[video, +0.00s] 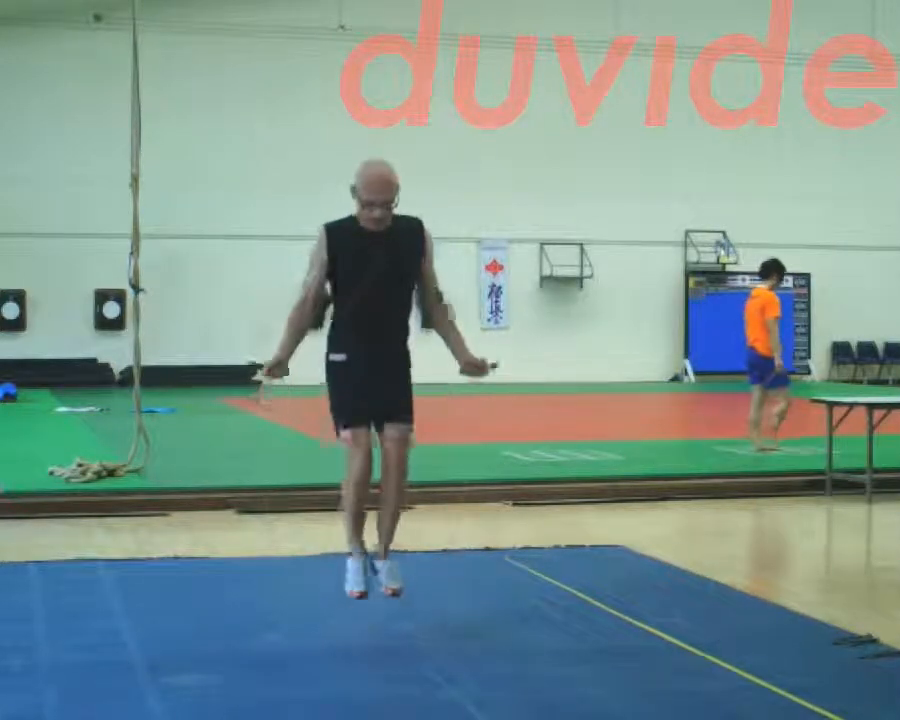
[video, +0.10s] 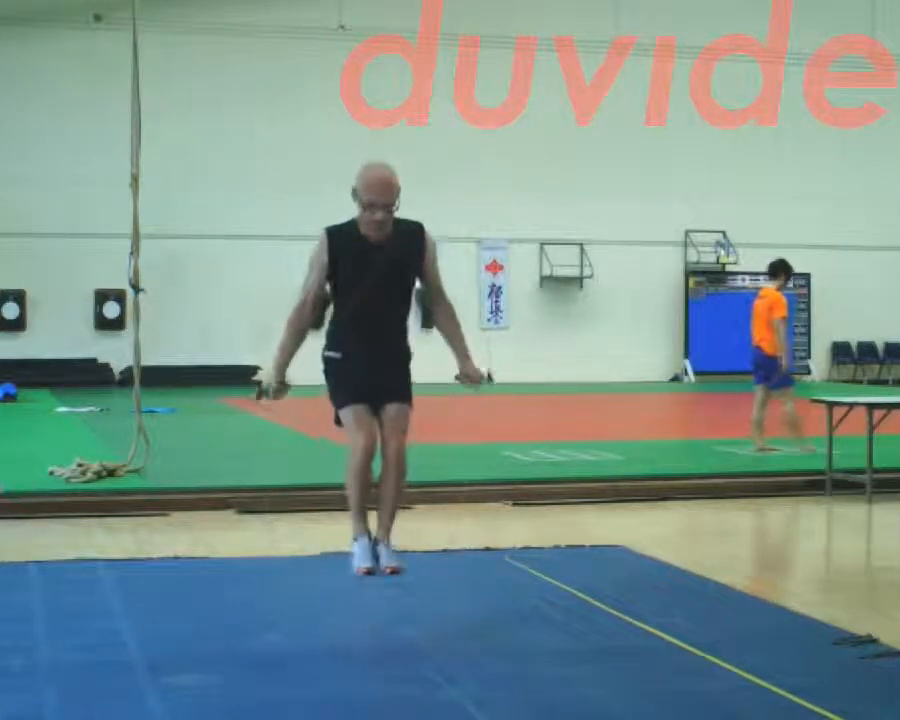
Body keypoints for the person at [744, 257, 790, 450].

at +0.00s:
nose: (780, 281)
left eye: (781, 277)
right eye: (780, 277)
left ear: (763, 275)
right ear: (775, 276)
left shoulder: (753, 295)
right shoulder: (770, 298)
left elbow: (751, 326)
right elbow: (772, 328)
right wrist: (778, 357)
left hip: (753, 351)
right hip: (766, 354)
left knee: (758, 397)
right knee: (784, 398)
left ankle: (757, 439)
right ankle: (770, 435)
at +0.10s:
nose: (788, 281)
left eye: (787, 277)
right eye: (788, 277)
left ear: (771, 275)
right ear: (784, 277)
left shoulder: (761, 295)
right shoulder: (778, 298)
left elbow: (756, 325)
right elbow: (779, 326)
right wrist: (784, 356)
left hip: (758, 351)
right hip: (772, 353)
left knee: (760, 396)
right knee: (788, 398)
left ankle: (758, 441)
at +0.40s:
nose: (811, 282)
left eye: (811, 278)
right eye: (811, 278)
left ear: (792, 277)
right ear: (805, 277)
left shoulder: (781, 299)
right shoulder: (805, 300)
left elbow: (779, 329)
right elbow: (808, 327)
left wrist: (778, 353)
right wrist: (813, 356)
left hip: (782, 351)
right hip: (799, 353)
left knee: (785, 395)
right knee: (807, 399)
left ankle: (765, 438)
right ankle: (817, 441)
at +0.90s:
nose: (824, 280)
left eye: (824, 276)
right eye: (824, 276)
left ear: (805, 275)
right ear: (819, 276)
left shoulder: (797, 297)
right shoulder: (818, 299)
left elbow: (794, 330)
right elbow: (823, 327)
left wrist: (791, 356)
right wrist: (836, 350)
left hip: (798, 350)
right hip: (814, 352)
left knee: (800, 396)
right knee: (816, 398)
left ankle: (795, 438)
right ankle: (817, 442)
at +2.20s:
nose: (840, 279)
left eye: (840, 275)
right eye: (840, 275)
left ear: (821, 275)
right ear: (836, 276)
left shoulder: (812, 297)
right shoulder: (831, 299)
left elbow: (805, 326)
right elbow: (836, 328)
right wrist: (843, 355)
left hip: (806, 349)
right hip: (821, 351)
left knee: (820, 397)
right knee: (817, 398)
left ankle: (817, 442)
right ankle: (813, 444)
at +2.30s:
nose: (840, 280)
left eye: (840, 276)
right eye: (840, 276)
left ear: (821, 275)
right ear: (836, 276)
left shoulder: (813, 296)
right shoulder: (831, 298)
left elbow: (816, 329)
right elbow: (842, 324)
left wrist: (835, 344)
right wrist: (857, 342)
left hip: (806, 347)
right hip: (820, 349)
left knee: (817, 397)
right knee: (818, 397)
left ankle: (814, 443)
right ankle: (814, 444)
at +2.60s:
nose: (847, 287)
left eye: (847, 283)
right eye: (847, 282)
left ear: (829, 279)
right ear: (841, 282)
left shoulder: (816, 297)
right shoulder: (831, 301)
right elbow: (842, 333)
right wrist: (856, 358)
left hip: (805, 349)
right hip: (818, 353)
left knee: (816, 397)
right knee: (824, 398)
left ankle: (816, 441)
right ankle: (818, 443)